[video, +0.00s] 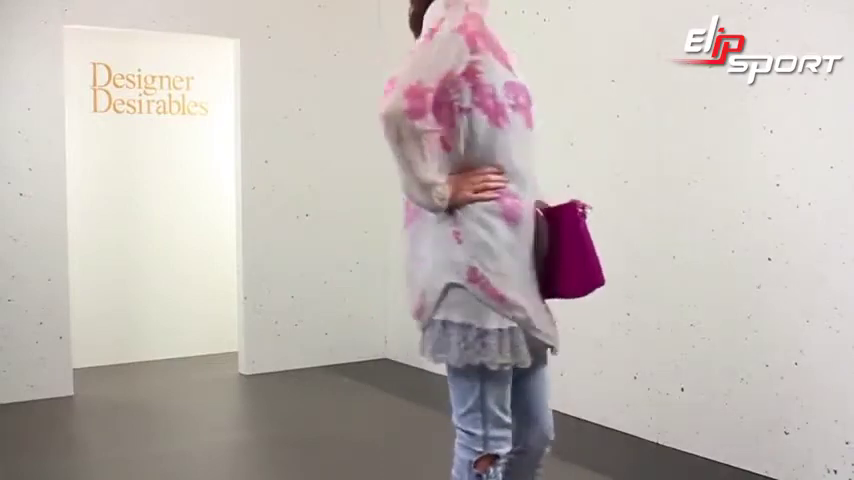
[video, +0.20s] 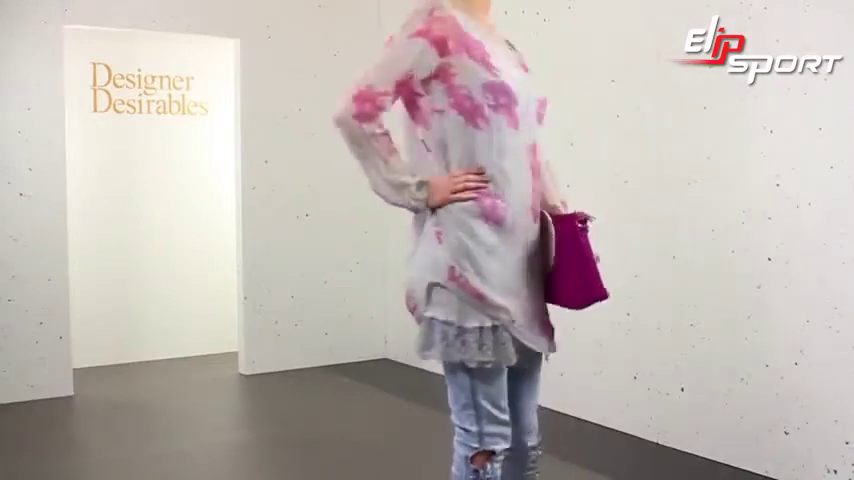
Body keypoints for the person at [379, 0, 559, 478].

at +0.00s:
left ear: (424, 5)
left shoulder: (484, 41)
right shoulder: (455, 26)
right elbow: (399, 109)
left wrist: (530, 204)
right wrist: (434, 189)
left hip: (509, 262)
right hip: (468, 263)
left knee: (532, 436)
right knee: (484, 442)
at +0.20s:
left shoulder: (505, 45)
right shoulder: (432, 31)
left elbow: (521, 140)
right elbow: (355, 114)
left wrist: (548, 198)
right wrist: (415, 191)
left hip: (520, 259)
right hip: (464, 260)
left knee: (522, 444)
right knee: (483, 443)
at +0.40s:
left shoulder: (544, 52)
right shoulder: (420, 35)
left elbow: (562, 171)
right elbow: (337, 115)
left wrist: (586, 259)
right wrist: (395, 191)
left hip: (529, 265)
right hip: (454, 263)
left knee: (526, 436)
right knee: (492, 438)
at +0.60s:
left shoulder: (547, 48)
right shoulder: (418, 38)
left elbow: (566, 165)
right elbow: (352, 112)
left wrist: (590, 263)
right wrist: (392, 183)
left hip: (522, 261)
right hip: (439, 258)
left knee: (519, 435)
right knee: (437, 435)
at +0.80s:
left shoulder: (524, 44)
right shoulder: (415, 43)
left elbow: (540, 148)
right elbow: (379, 124)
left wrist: (557, 257)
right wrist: (409, 190)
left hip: (498, 261)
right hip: (427, 257)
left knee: (502, 429)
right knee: (413, 418)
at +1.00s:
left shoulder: (481, 49)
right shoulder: (429, 47)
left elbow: (494, 167)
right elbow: (424, 170)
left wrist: (498, 280)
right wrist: (412, 276)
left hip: (470, 281)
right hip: (422, 275)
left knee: (480, 425)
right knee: (423, 419)